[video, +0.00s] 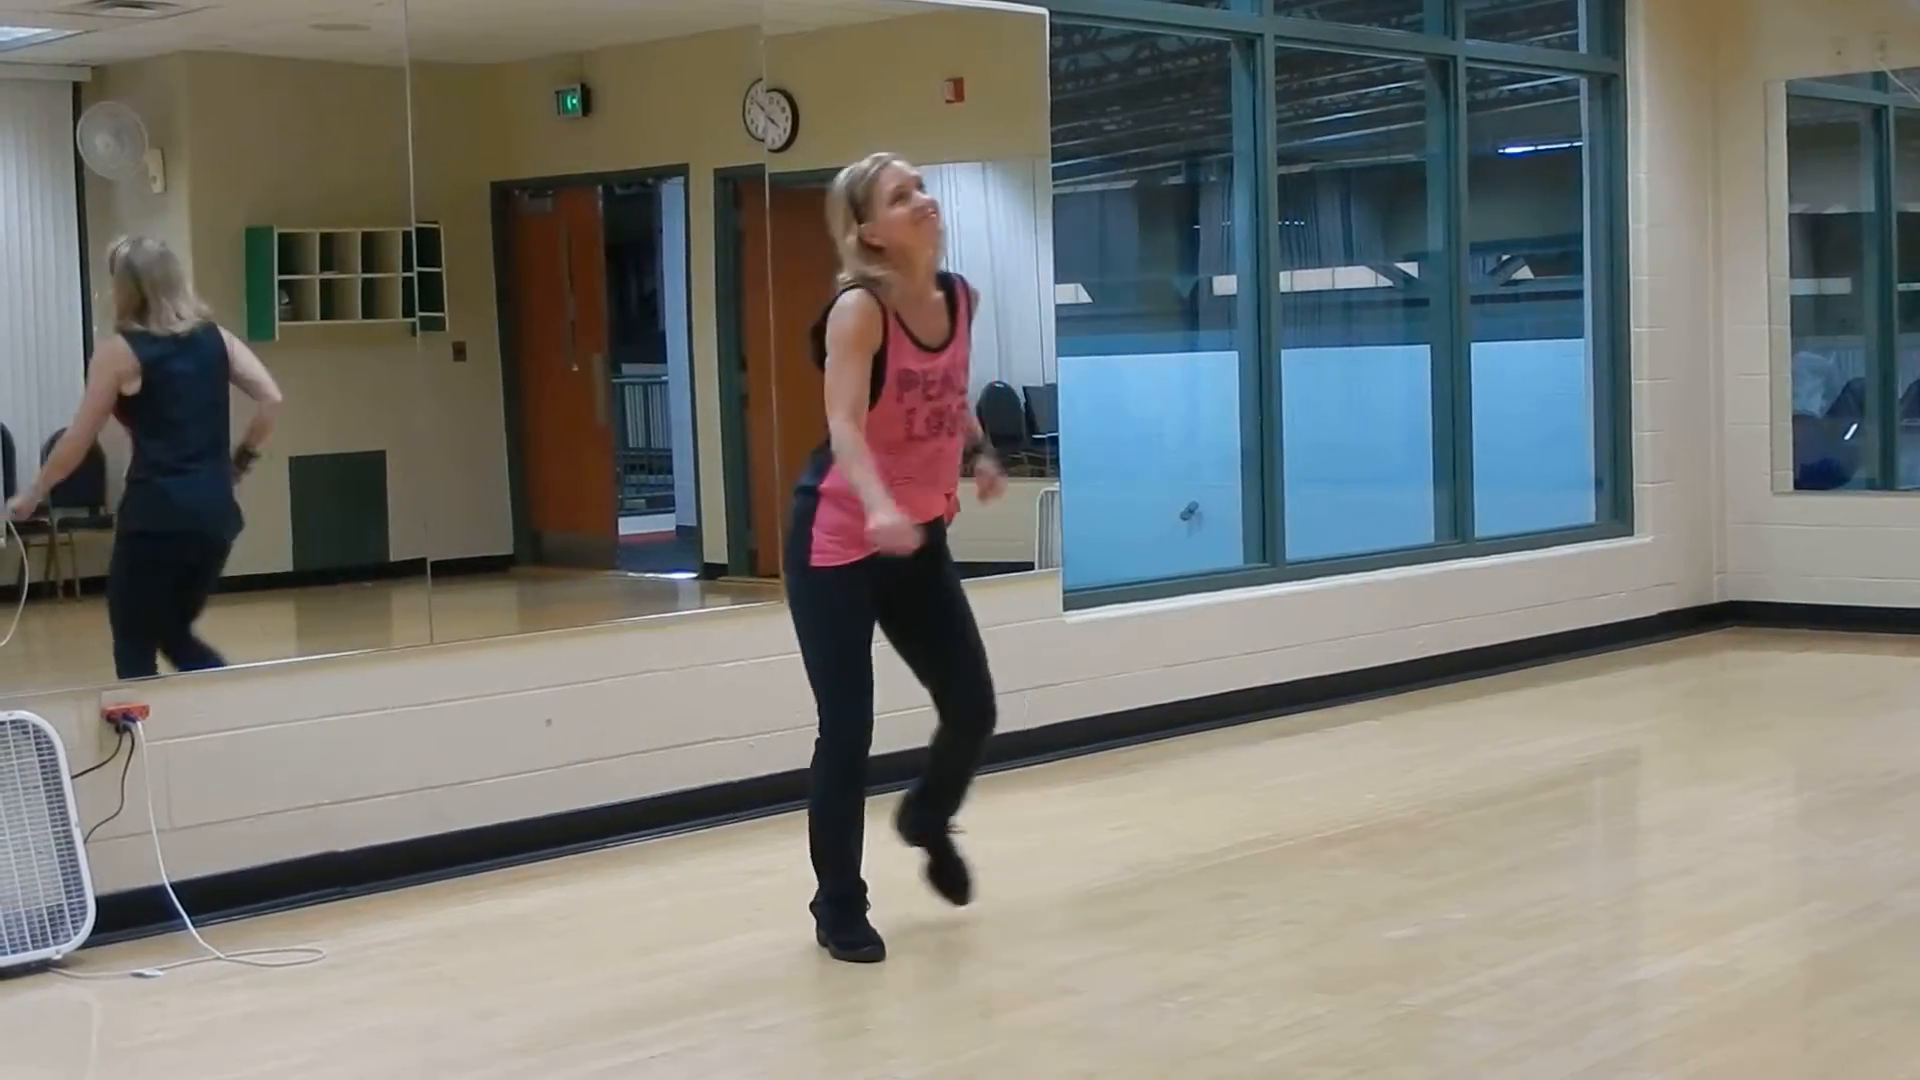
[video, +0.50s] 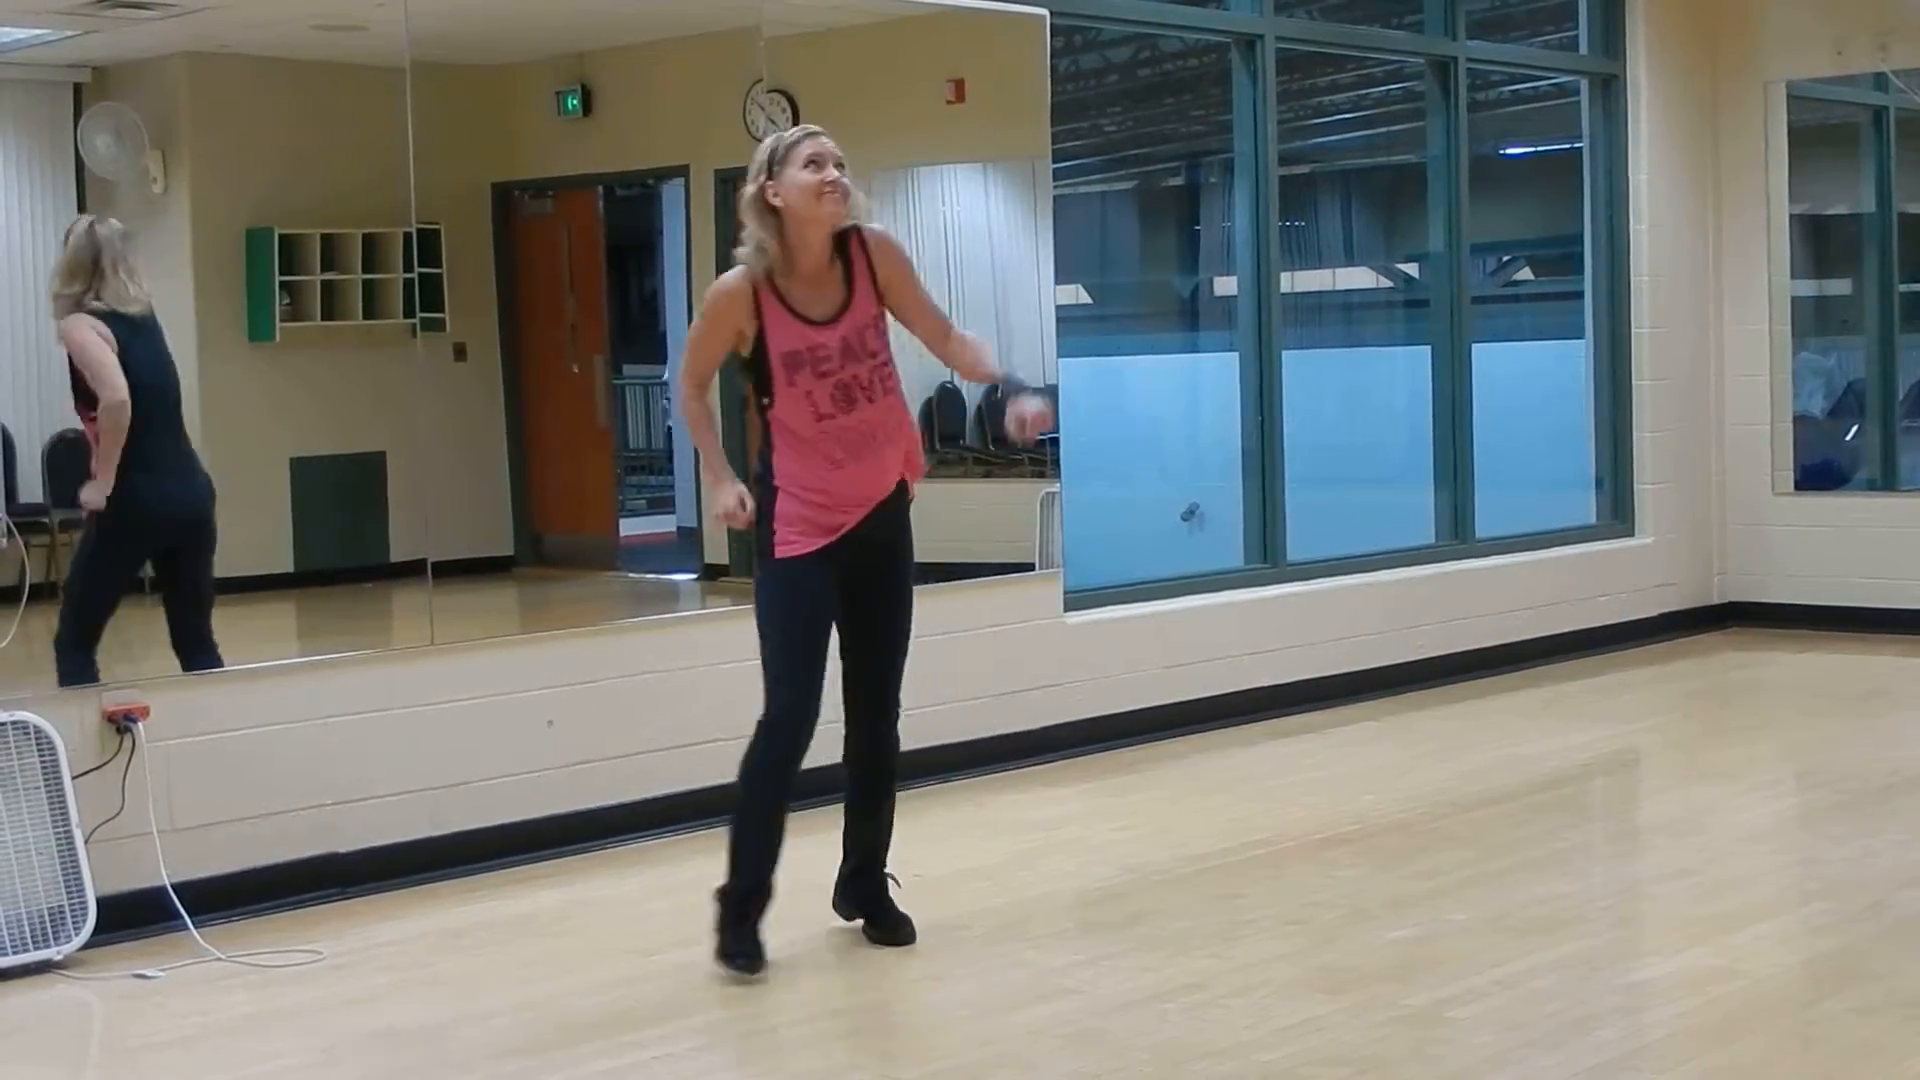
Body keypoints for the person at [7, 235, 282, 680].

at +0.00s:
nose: (111, 293)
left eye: (116, 284)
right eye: (112, 283)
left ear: (128, 290)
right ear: (175, 281)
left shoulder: (119, 351)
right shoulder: (216, 339)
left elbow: (77, 443)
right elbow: (271, 399)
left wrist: (35, 491)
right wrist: (241, 461)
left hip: (155, 517)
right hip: (216, 511)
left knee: (133, 644)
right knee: (174, 632)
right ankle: (240, 705)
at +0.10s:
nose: (101, 298)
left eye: (105, 289)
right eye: (102, 288)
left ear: (118, 295)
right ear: (166, 286)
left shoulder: (110, 358)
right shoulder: (211, 343)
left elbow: (71, 447)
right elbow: (245, 412)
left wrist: (33, 519)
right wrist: (189, 415)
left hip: (140, 523)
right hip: (202, 521)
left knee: (126, 649)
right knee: (142, 639)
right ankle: (197, 718)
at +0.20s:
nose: (94, 293)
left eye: (98, 284)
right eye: (96, 284)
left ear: (110, 290)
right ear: (159, 281)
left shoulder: (102, 355)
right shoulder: (200, 340)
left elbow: (79, 443)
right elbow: (220, 419)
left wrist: (57, 521)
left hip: (130, 522)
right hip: (192, 520)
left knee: (124, 656)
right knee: (143, 647)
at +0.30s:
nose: (85, 277)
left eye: (88, 268)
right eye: (89, 267)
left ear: (97, 276)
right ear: (150, 270)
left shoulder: (92, 337)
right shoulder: (182, 326)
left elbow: (90, 425)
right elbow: (199, 410)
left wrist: (85, 505)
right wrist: (192, 481)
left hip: (130, 511)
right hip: (192, 505)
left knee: (105, 648)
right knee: (164, 640)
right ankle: (209, 737)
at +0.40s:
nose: (73, 264)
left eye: (77, 256)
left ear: (85, 264)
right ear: (138, 260)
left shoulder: (86, 324)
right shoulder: (161, 313)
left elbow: (104, 403)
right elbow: (176, 399)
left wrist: (103, 485)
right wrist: (184, 470)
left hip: (139, 502)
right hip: (196, 494)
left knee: (81, 637)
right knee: (186, 638)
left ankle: (124, 751)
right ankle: (228, 740)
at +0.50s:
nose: (60, 267)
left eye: (66, 258)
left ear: (73, 264)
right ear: (125, 262)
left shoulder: (80, 324)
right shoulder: (142, 314)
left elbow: (117, 398)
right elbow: (164, 398)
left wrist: (102, 481)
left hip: (134, 501)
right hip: (191, 492)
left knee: (74, 643)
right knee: (195, 640)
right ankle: (235, 752)